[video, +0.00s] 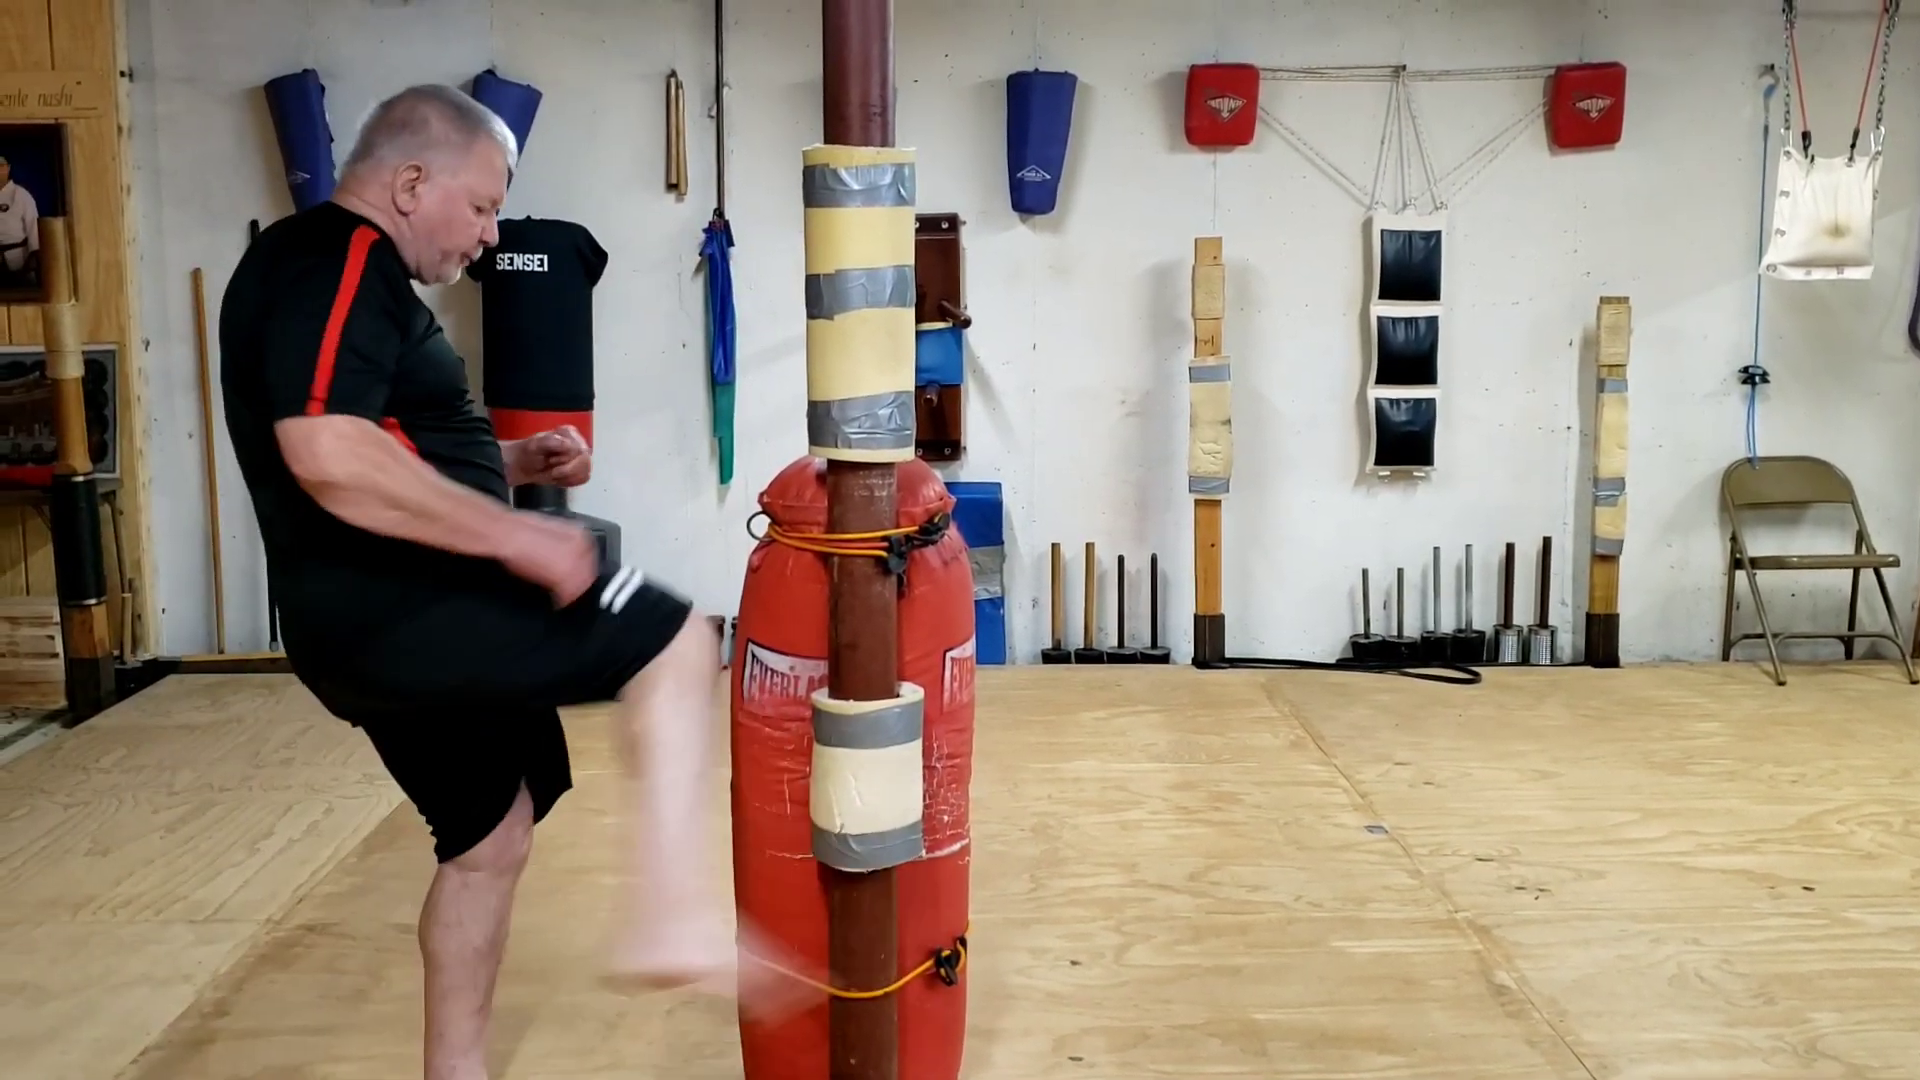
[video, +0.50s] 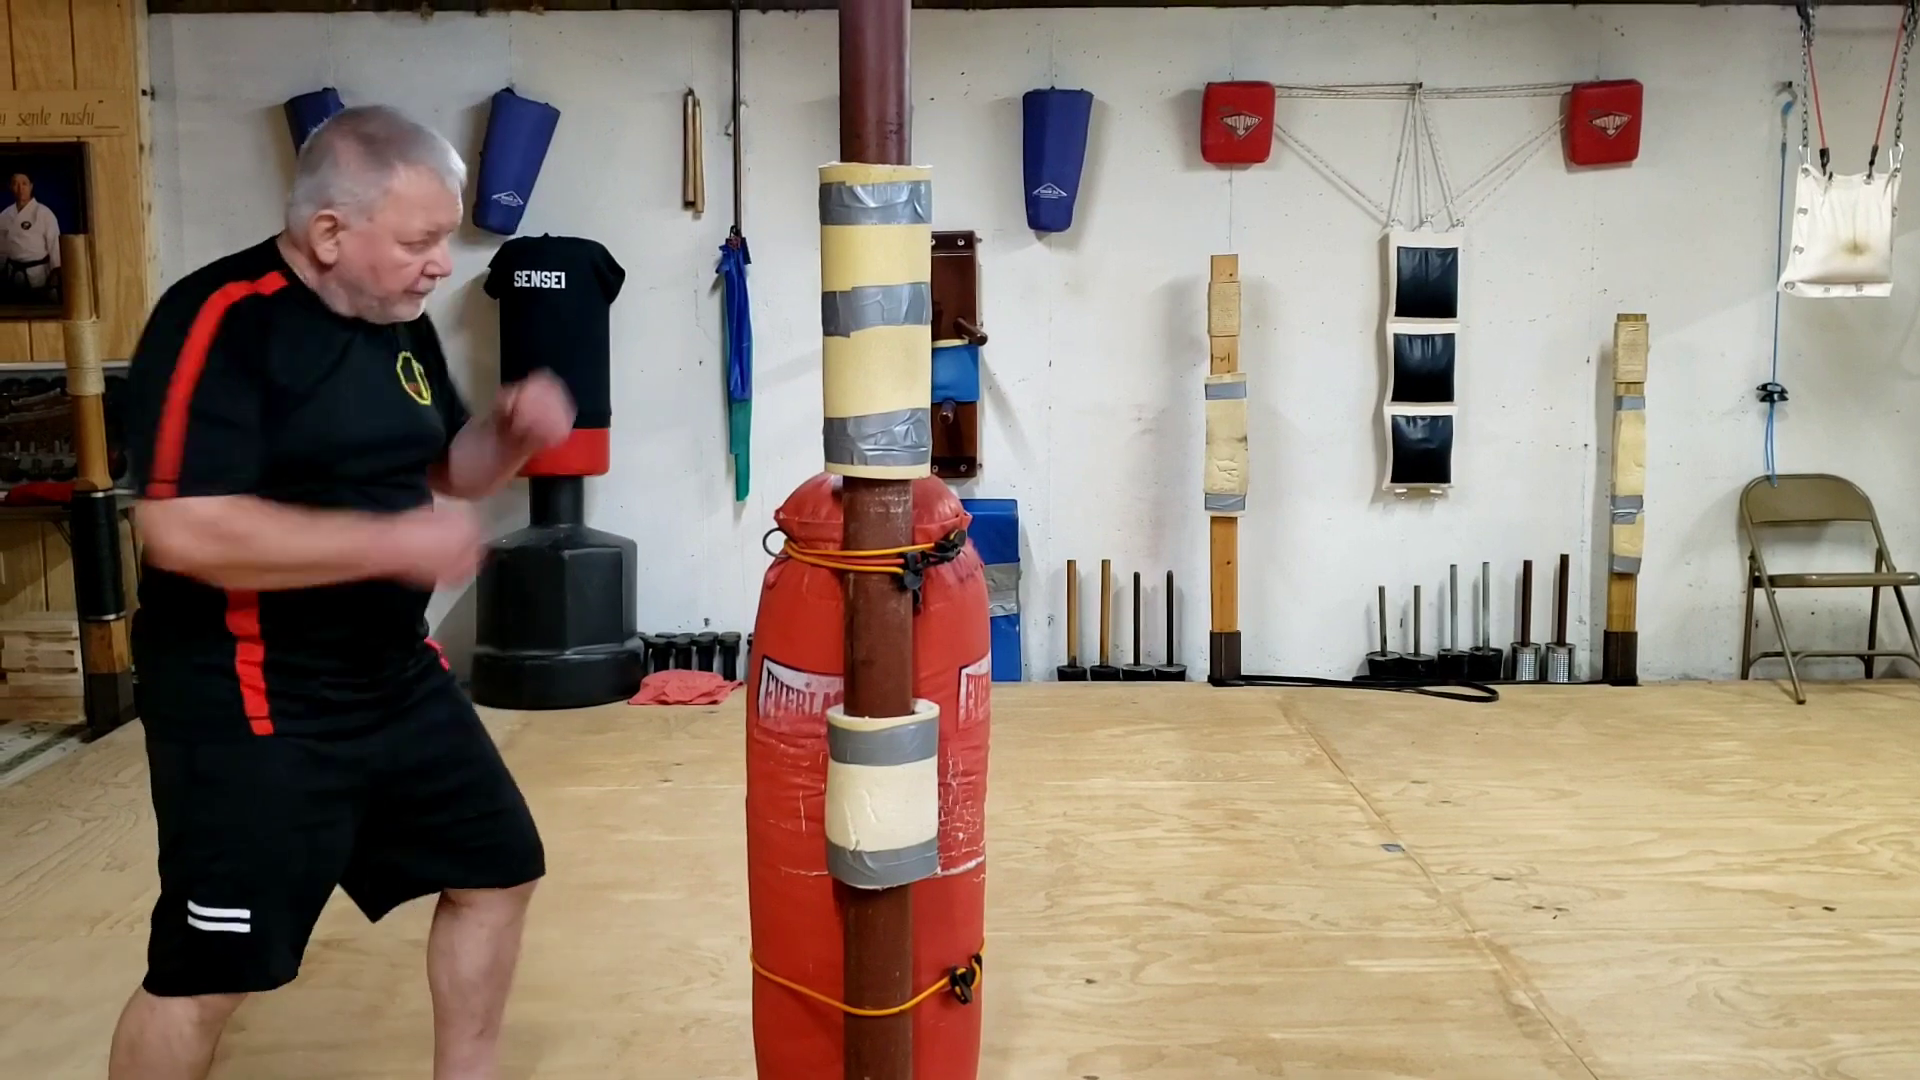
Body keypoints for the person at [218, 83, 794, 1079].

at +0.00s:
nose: (489, 237)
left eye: (494, 215)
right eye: (482, 208)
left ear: (400, 190)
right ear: (408, 184)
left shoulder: (302, 263)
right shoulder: (341, 258)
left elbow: (370, 455)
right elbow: (326, 447)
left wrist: (506, 464)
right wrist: (512, 536)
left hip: (356, 615)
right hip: (405, 597)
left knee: (487, 831)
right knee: (677, 639)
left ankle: (454, 1070)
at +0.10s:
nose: (495, 232)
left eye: (500, 209)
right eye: (487, 203)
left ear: (406, 189)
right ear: (409, 184)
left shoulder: (350, 265)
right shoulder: (336, 262)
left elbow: (408, 436)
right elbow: (380, 450)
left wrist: (512, 491)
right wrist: (572, 467)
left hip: (373, 608)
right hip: (375, 607)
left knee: (487, 845)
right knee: (586, 782)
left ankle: (459, 1071)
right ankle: (328, 988)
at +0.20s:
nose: (503, 238)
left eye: (506, 215)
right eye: (493, 210)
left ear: (409, 195)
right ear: (414, 192)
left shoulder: (381, 282)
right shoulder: (330, 264)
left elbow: (368, 473)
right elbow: (413, 442)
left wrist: (478, 550)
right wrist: (587, 407)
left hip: (436, 640)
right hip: (346, 647)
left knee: (504, 852)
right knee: (398, 909)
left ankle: (465, 1074)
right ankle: (176, 1073)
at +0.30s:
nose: (492, 258)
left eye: (493, 234)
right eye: (475, 231)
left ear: (393, 226)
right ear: (391, 224)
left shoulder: (367, 312)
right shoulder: (293, 297)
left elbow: (337, 506)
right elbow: (412, 467)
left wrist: (455, 585)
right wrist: (582, 408)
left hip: (410, 671)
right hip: (287, 685)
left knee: (512, 861)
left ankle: (467, 1074)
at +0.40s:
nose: (460, 280)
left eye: (465, 254)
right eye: (440, 255)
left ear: (359, 250)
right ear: (351, 248)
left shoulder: (382, 330)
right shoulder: (244, 322)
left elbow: (384, 499)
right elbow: (323, 511)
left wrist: (469, 542)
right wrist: (523, 457)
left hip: (398, 683)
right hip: (263, 708)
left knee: (509, 870)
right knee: (209, 980)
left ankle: (467, 1075)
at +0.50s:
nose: (441, 267)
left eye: (445, 241)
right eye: (421, 245)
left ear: (341, 239)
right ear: (330, 238)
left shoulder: (399, 319)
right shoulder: (213, 316)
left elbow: (448, 473)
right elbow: (176, 528)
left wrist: (507, 435)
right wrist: (399, 541)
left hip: (388, 674)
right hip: (241, 695)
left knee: (495, 867)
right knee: (207, 963)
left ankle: (465, 1074)